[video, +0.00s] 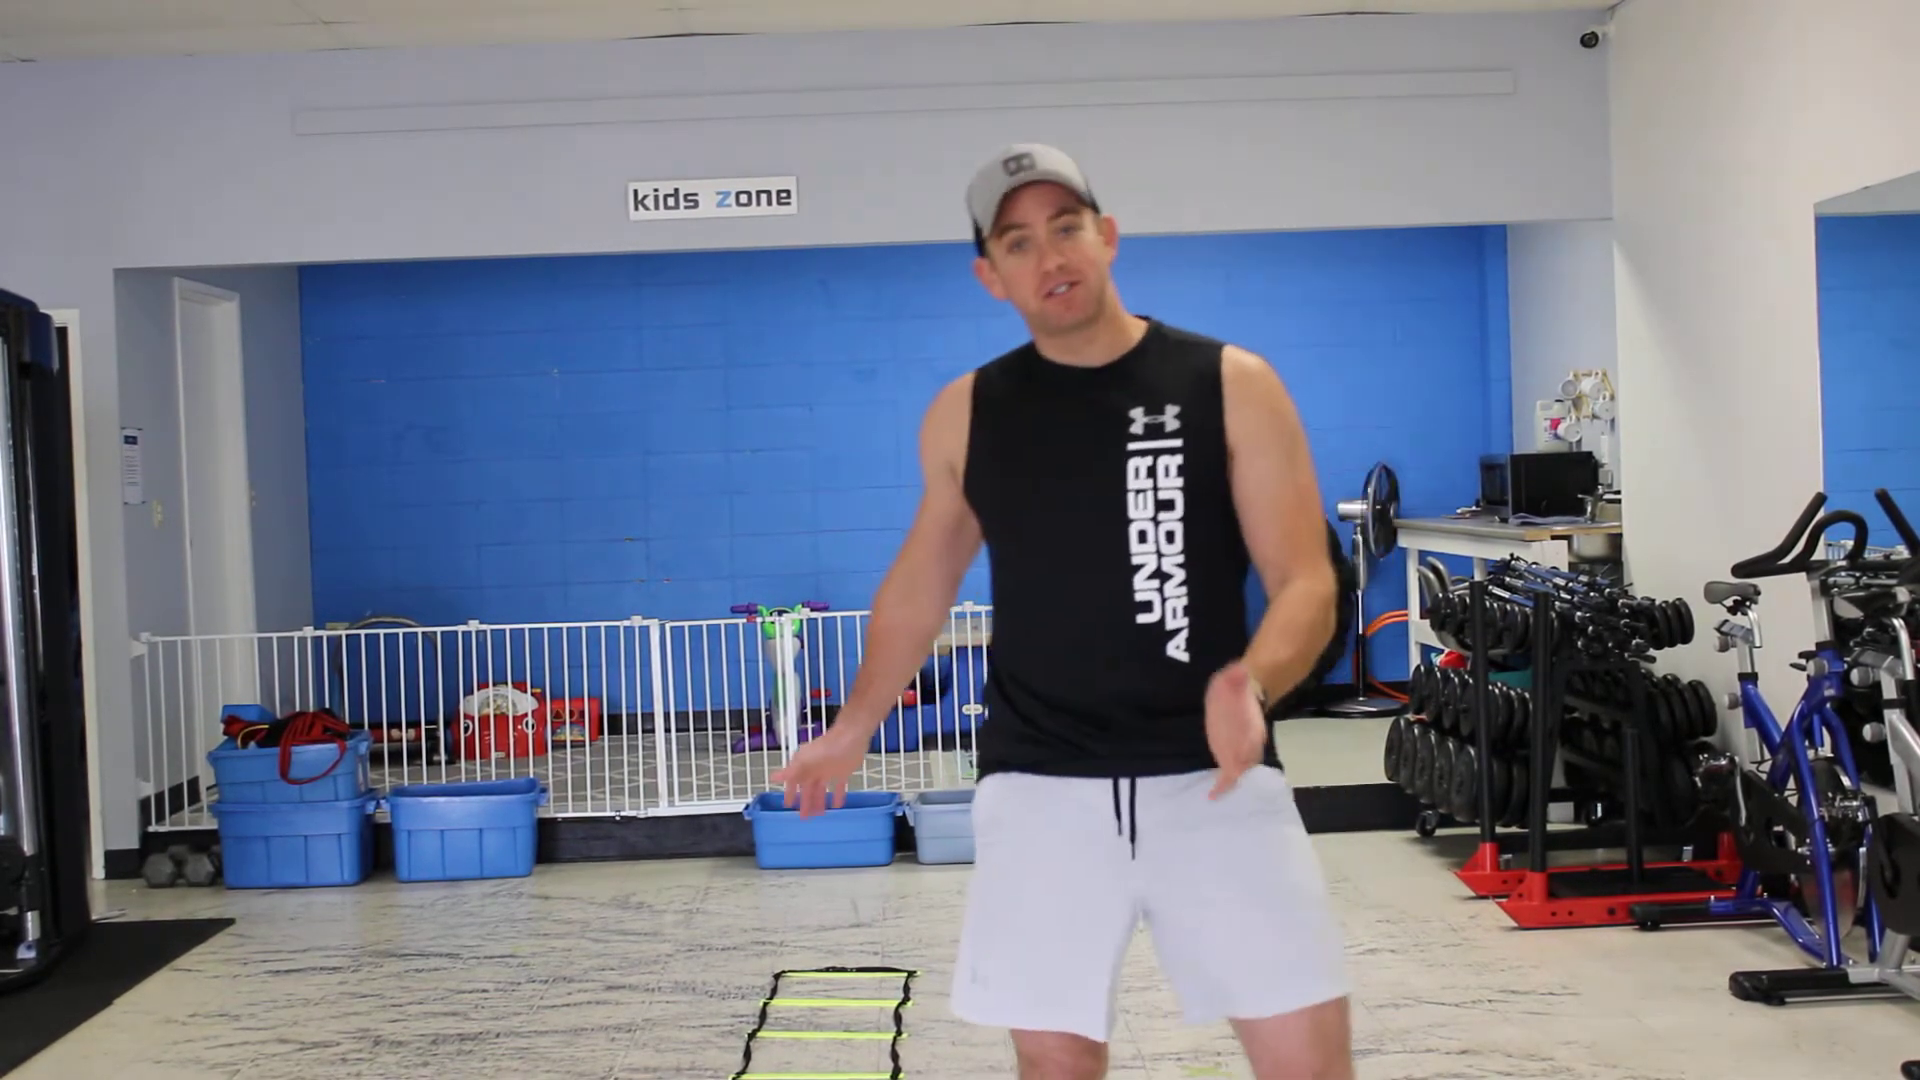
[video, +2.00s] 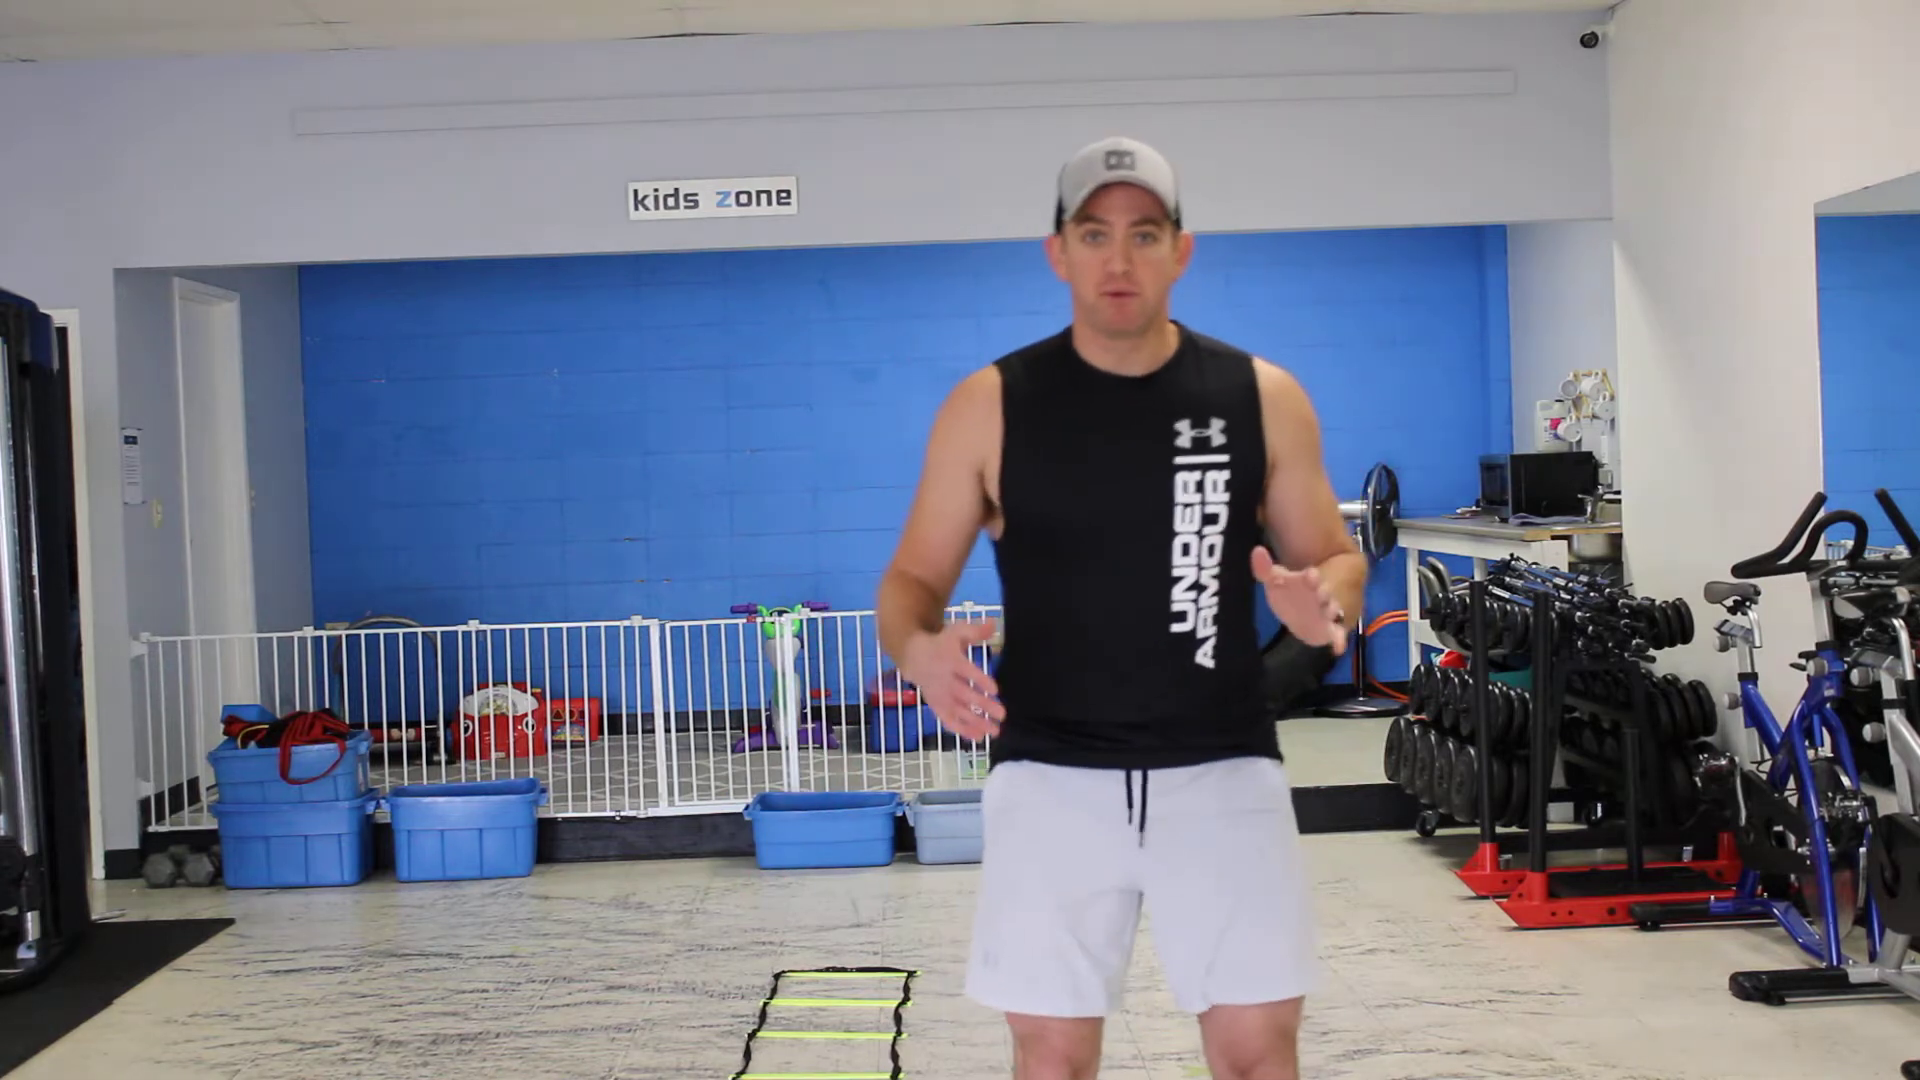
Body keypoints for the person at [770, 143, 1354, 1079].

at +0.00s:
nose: (1051, 254)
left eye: (1067, 227)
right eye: (1019, 241)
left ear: (1108, 235)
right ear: (990, 276)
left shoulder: (1231, 387)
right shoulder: (967, 414)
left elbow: (1307, 583)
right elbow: (920, 586)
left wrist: (1250, 677)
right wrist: (850, 730)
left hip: (1222, 789)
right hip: (1041, 799)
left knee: (1310, 1062)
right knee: (1055, 1065)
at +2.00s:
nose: (1120, 258)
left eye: (1145, 233)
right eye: (1095, 233)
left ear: (1181, 252)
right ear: (1058, 253)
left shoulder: (1264, 399)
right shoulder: (989, 407)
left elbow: (1333, 555)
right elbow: (913, 582)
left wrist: (1318, 608)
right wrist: (918, 648)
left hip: (1225, 778)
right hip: (1051, 785)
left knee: (1258, 1056)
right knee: (1052, 1060)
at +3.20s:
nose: (1100, 336)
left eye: (1122, 308)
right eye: (1073, 313)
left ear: (1161, 315)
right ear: (1039, 328)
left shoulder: (1250, 448)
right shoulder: (984, 459)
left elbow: (1328, 633)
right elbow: (903, 613)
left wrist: (1257, 635)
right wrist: (912, 695)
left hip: (1234, 797)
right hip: (1054, 805)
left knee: (1309, 1049)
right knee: (1038, 1057)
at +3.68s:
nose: (1058, 378)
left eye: (1082, 349)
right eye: (1033, 352)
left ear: (1122, 359)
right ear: (1001, 365)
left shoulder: (1209, 485)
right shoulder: (942, 494)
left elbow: (1306, 674)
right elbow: (906, 649)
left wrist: (1239, 674)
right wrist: (929, 811)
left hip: (1197, 811)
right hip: (1020, 817)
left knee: (1294, 1054)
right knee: (1014, 1065)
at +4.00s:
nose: (999, 438)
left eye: (1022, 409)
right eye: (973, 411)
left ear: (1062, 413)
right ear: (939, 419)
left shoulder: (1144, 532)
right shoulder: (878, 533)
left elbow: (1229, 743)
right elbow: (833, 647)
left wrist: (1142, 727)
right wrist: (876, 794)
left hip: (1142, 831)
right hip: (969, 838)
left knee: (1243, 1067)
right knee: (987, 1069)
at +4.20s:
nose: (969, 478)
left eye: (994, 448)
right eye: (942, 450)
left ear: (1035, 451)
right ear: (913, 458)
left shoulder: (1120, 568)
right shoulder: (857, 570)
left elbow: (1196, 794)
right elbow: (836, 676)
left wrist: (1083, 755)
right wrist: (875, 814)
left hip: (1125, 859)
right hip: (958, 860)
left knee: (1198, 1065)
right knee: (980, 1066)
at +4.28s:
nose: (960, 499)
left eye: (985, 468)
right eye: (933, 470)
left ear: (1026, 471)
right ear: (904, 478)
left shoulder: (1113, 584)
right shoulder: (852, 589)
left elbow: (1186, 811)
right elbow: (838, 693)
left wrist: (1066, 774)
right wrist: (876, 832)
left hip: (1120, 874)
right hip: (955, 870)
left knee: (1176, 1067)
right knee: (977, 1065)